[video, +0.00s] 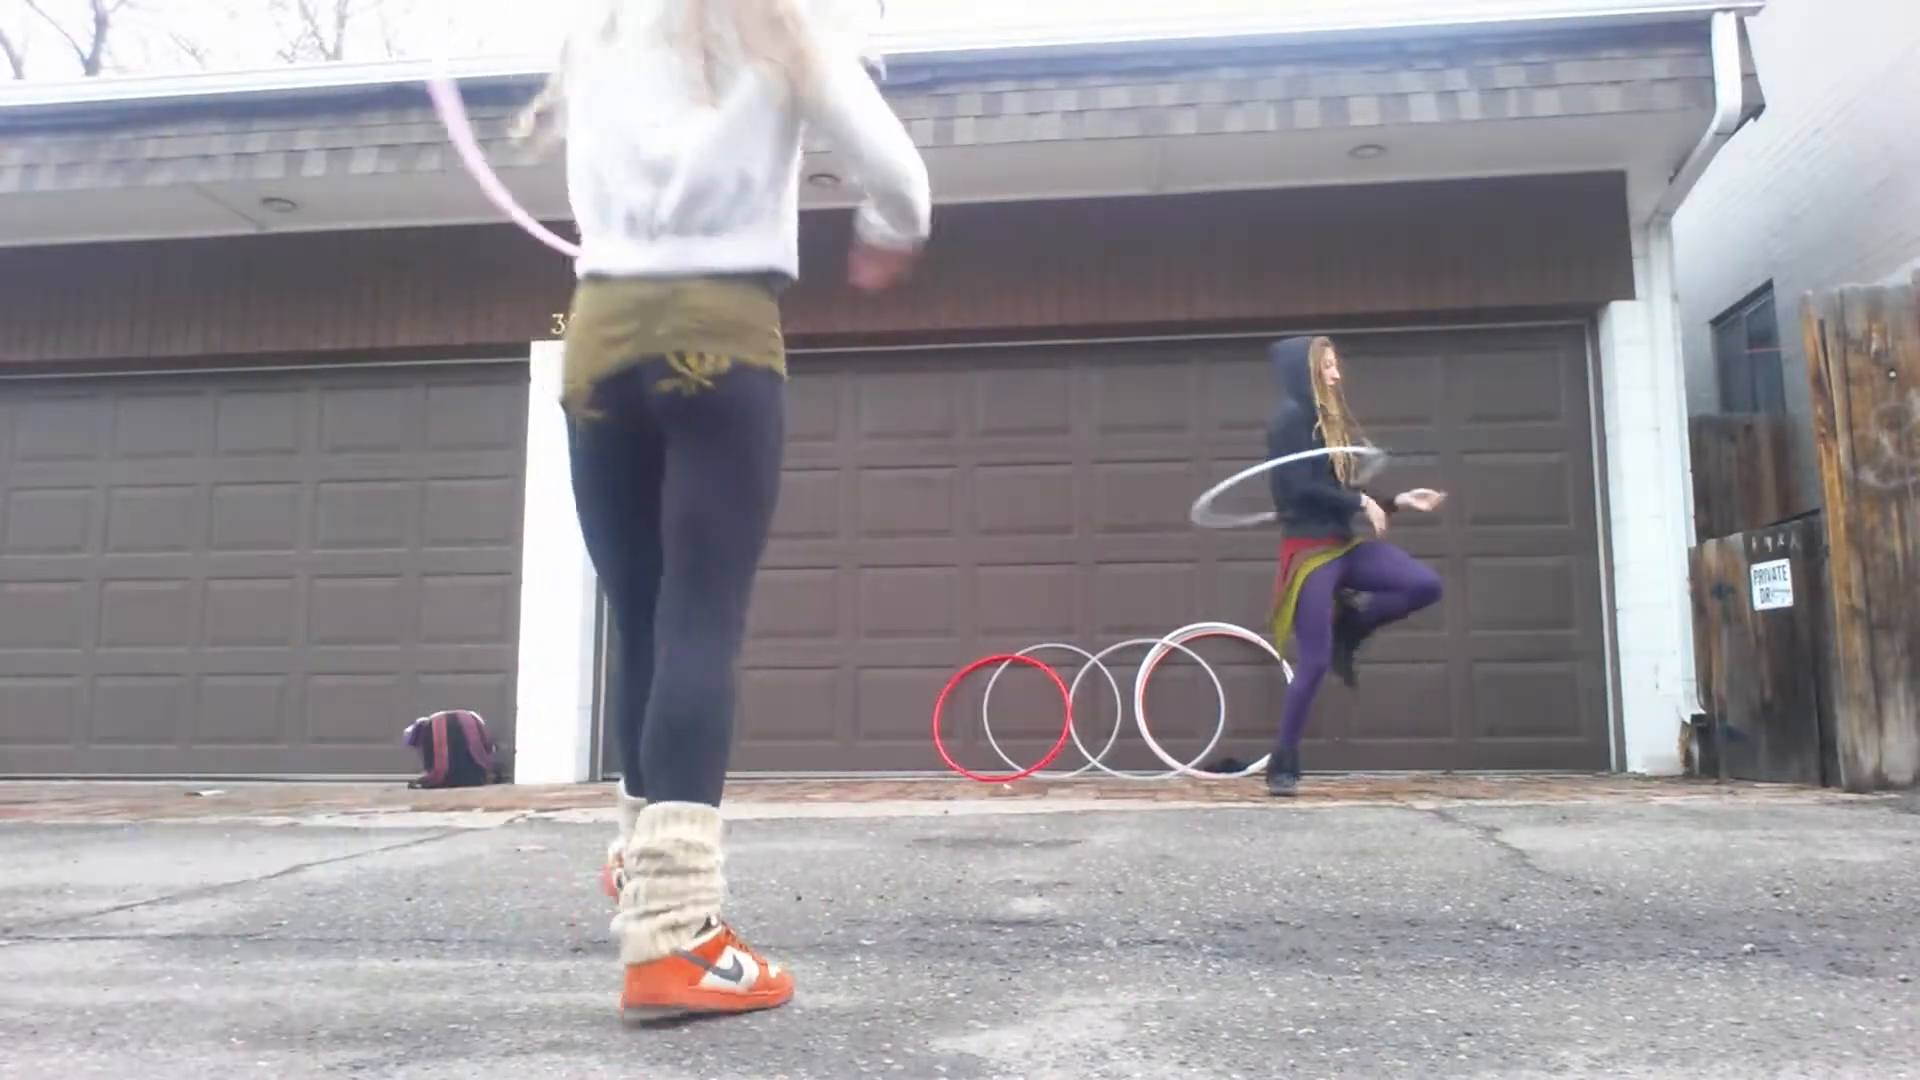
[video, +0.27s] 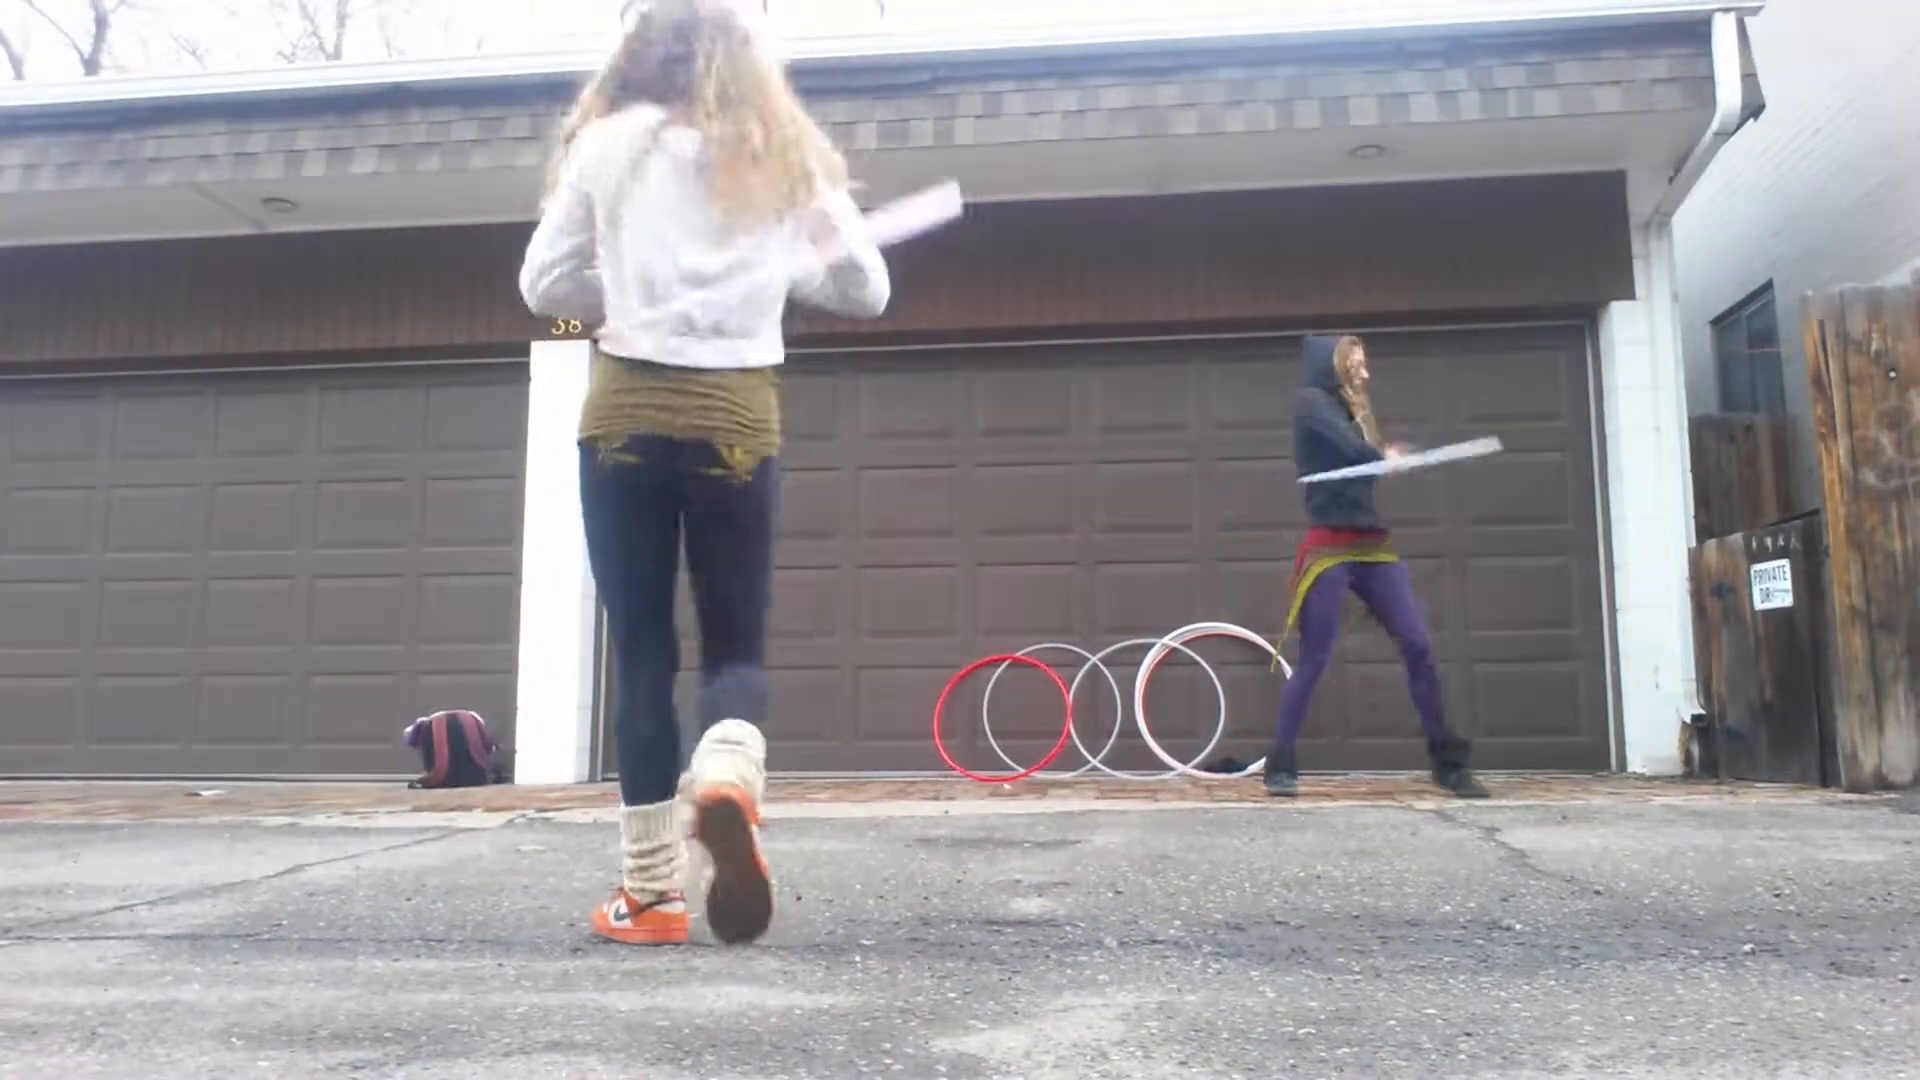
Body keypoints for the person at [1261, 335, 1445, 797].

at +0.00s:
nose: (1335, 372)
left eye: (1335, 365)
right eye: (1326, 366)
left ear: (1333, 369)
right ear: (1305, 371)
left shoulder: (1331, 420)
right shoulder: (1292, 420)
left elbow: (1340, 492)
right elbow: (1299, 488)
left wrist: (1397, 502)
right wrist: (1357, 505)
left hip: (1348, 545)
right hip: (1311, 551)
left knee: (1424, 586)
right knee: (1314, 662)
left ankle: (1349, 624)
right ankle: (1283, 763)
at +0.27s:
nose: (1362, 367)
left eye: (1362, 359)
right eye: (1354, 359)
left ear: (1350, 364)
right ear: (1331, 364)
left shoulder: (1354, 406)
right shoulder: (1312, 402)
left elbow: (1354, 465)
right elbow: (1350, 449)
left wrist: (1384, 457)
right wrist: (1384, 456)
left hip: (1372, 544)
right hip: (1328, 547)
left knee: (1417, 646)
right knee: (1313, 658)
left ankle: (1446, 761)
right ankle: (1282, 765)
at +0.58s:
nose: (1386, 387)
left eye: (1393, 378)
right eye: (1377, 378)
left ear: (1406, 384)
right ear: (1360, 383)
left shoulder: (1425, 431)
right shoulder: (1340, 426)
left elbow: (1419, 483)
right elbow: (1302, 461)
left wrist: (1360, 497)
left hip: (1413, 561)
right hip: (1354, 559)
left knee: (1439, 664)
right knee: (1328, 665)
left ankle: (1445, 768)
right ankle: (1291, 763)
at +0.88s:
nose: (1361, 384)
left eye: (1369, 375)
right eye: (1353, 376)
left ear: (1381, 383)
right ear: (1339, 383)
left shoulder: (1396, 435)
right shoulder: (1320, 437)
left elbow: (1411, 491)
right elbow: (1317, 472)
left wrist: (1407, 534)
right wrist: (1363, 465)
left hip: (1384, 559)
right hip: (1329, 560)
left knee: (1418, 657)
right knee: (1309, 662)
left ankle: (1445, 763)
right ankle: (1297, 764)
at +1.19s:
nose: (1326, 369)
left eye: (1334, 362)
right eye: (1318, 360)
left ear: (1339, 372)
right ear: (1296, 366)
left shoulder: (1344, 419)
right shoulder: (1279, 410)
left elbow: (1353, 485)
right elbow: (1280, 376)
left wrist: (1387, 455)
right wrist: (1331, 339)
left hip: (1344, 532)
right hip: (1295, 538)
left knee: (1372, 585)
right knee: (1296, 656)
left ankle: (1335, 609)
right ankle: (1292, 763)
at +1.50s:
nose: (1305, 371)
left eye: (1313, 363)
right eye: (1296, 363)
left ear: (1325, 370)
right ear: (1280, 369)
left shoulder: (1338, 409)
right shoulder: (1266, 418)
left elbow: (1343, 450)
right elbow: (1232, 458)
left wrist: (1286, 474)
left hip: (1337, 545)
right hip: (1284, 551)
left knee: (1381, 631)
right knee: (1288, 662)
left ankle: (1374, 728)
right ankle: (1293, 765)